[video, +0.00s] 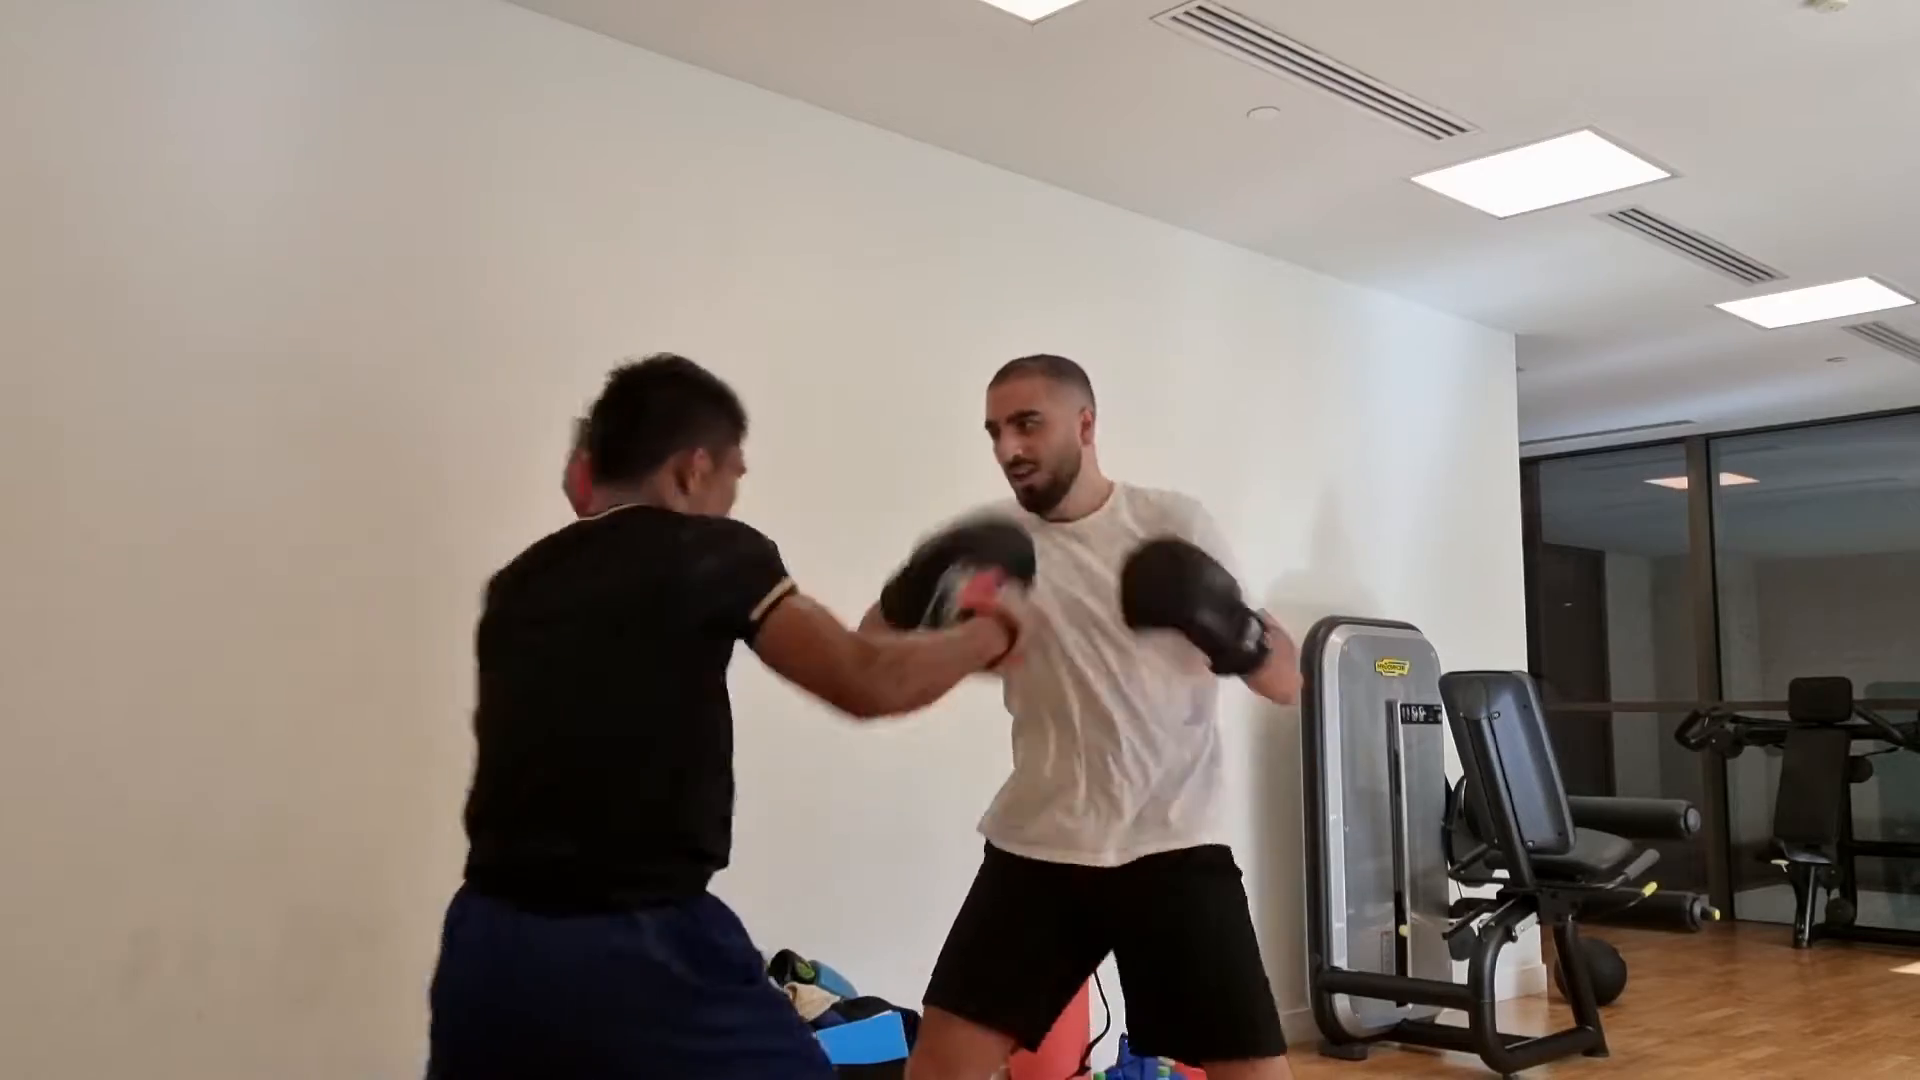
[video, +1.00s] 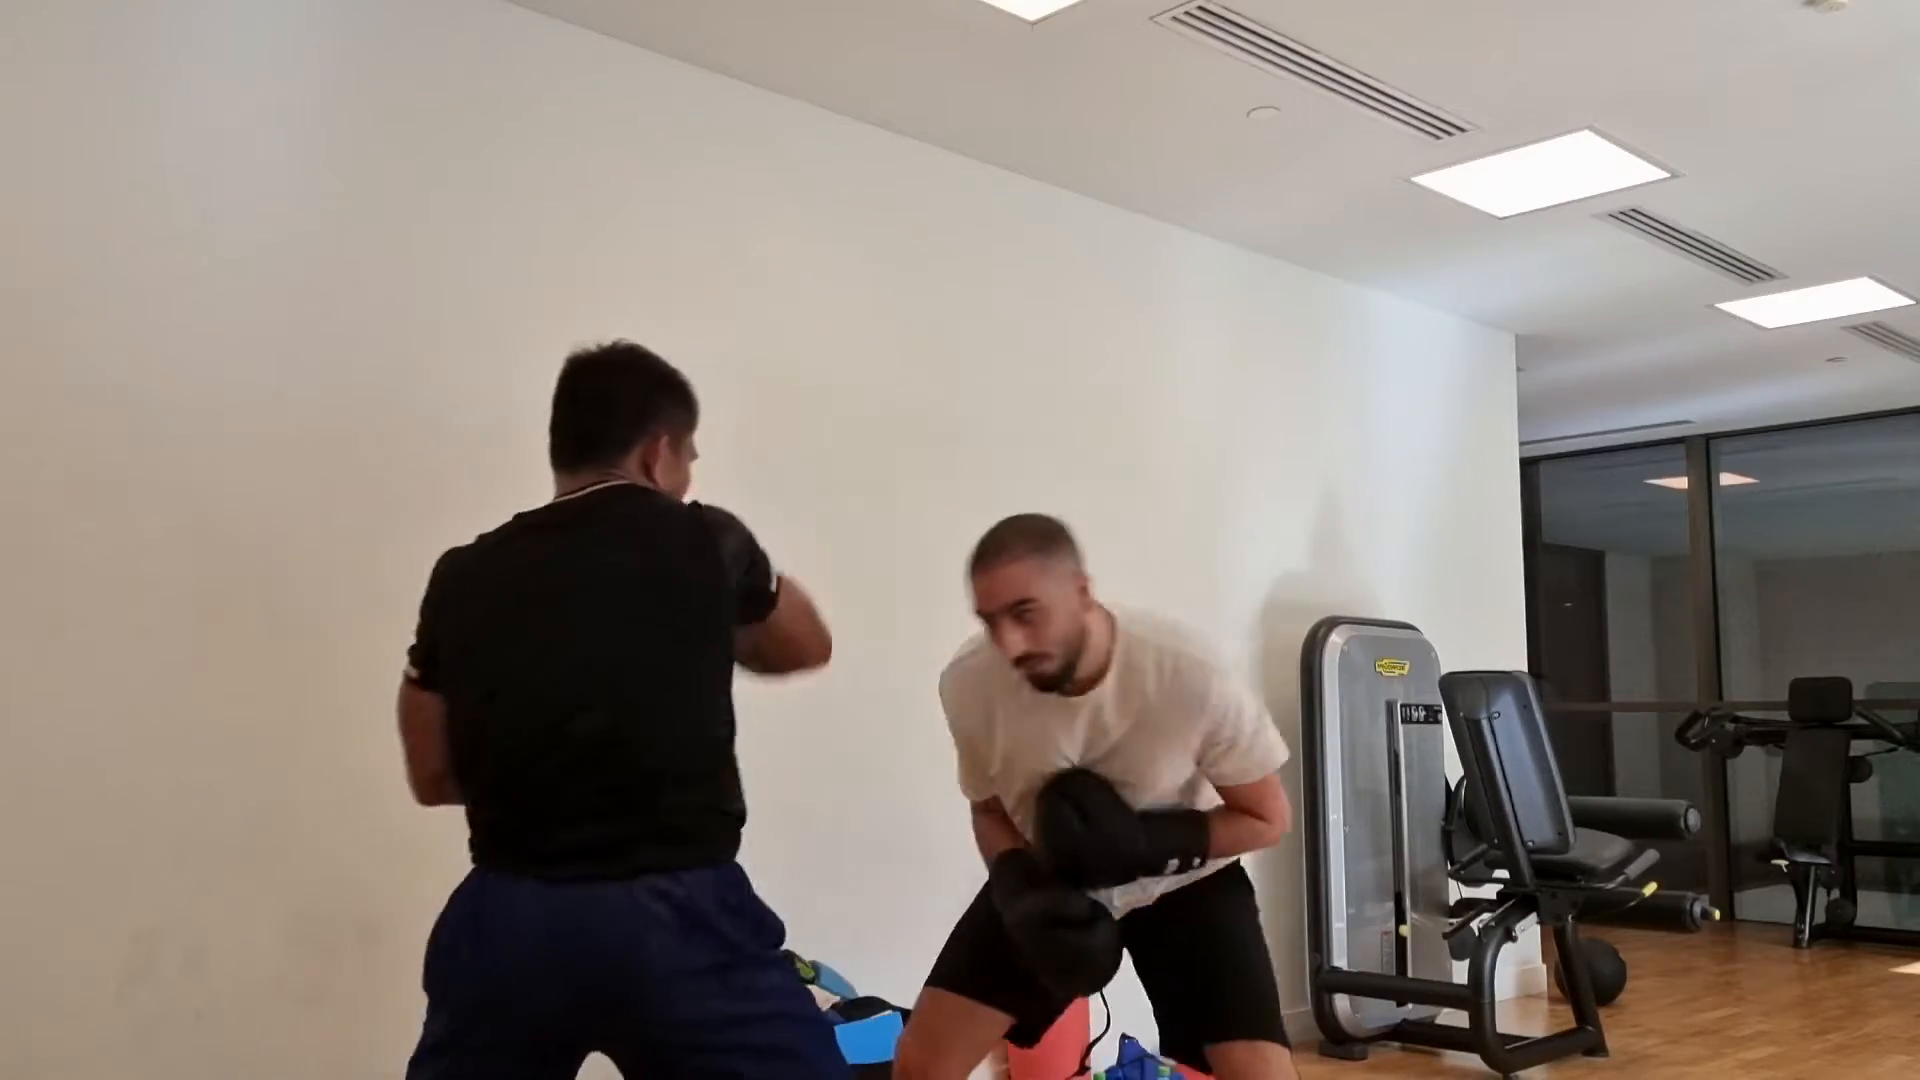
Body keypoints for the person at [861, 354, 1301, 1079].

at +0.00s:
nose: (1009, 447)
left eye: (1028, 423)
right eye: (997, 430)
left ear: (1085, 424)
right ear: (989, 441)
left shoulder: (1175, 526)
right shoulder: (991, 551)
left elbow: (1288, 681)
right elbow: (866, 665)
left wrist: (1224, 620)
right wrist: (912, 596)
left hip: (1177, 857)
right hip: (1037, 858)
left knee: (1254, 1071)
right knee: (944, 1063)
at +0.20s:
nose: (1003, 440)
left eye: (1022, 418)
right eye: (990, 424)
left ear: (1078, 419)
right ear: (982, 435)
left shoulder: (1139, 497)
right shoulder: (1006, 558)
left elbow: (1151, 625)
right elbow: (1001, 711)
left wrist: (1016, 589)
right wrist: (1010, 771)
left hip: (1175, 848)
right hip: (1046, 857)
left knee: (1253, 1070)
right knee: (926, 1058)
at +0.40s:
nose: (1143, 431)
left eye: (1165, 412)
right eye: (1123, 414)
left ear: (1202, 434)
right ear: (1103, 436)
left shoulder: (1237, 561)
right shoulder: (1056, 537)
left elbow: (1270, 737)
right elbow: (995, 711)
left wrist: (1225, 707)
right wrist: (1104, 794)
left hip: (1204, 865)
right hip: (1056, 866)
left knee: (1298, 1066)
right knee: (966, 1070)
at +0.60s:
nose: (1014, 425)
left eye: (1034, 403)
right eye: (1002, 413)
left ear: (1092, 410)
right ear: (996, 432)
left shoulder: (1163, 520)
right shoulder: (1002, 567)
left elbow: (1234, 680)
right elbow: (1005, 701)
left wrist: (1089, 675)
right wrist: (1035, 778)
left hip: (1199, 846)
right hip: (1059, 849)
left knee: (1273, 1068)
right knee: (941, 1056)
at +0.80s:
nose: (864, 658)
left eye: (855, 626)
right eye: (847, 653)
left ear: (899, 580)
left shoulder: (1027, 643)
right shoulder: (974, 674)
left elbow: (1187, 741)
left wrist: (1057, 799)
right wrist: (1031, 861)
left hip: (1213, 850)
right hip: (1100, 869)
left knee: (1248, 1067)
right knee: (961, 1034)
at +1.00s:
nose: (1010, 645)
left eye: (1026, 615)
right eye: (991, 622)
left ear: (1084, 590)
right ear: (979, 619)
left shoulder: (1189, 672)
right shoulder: (971, 687)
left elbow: (1266, 818)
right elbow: (989, 807)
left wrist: (1143, 840)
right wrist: (1025, 894)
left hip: (1187, 882)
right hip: (1048, 880)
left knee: (1257, 1070)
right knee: (922, 1062)